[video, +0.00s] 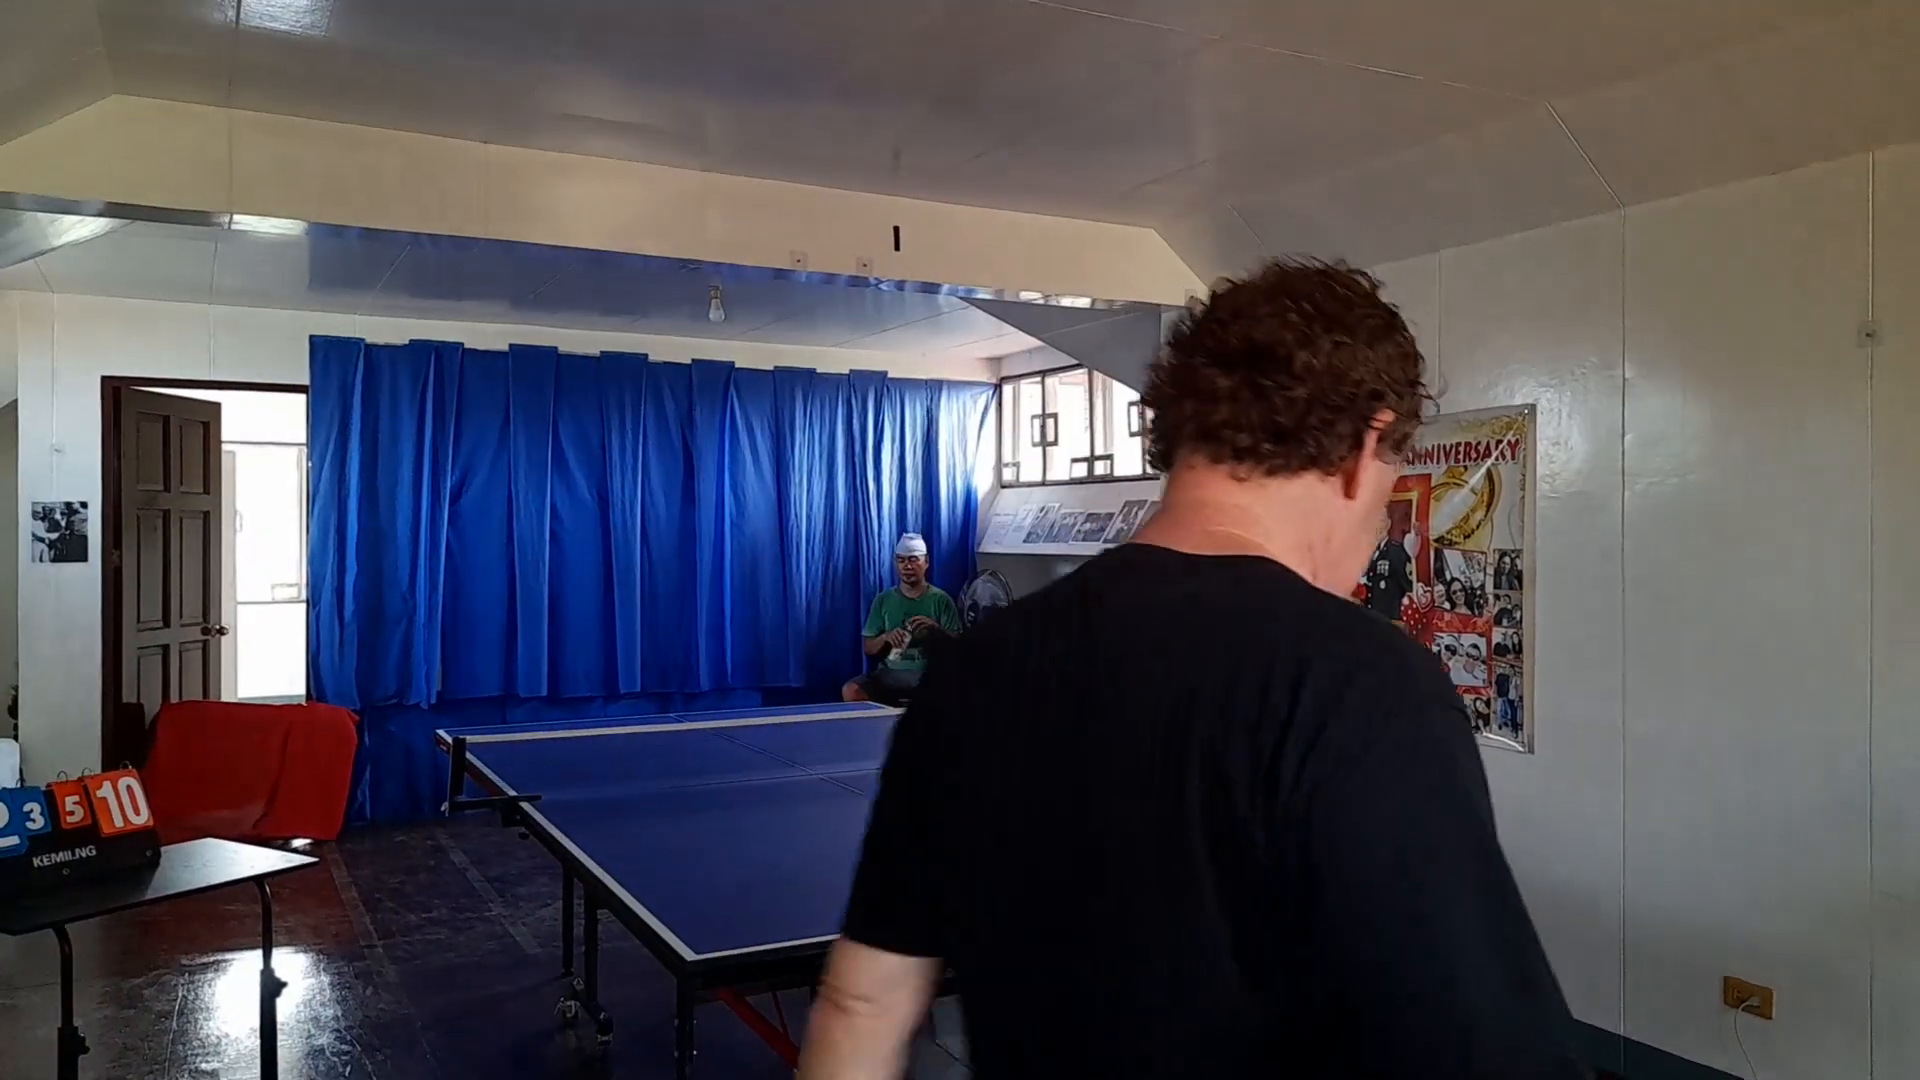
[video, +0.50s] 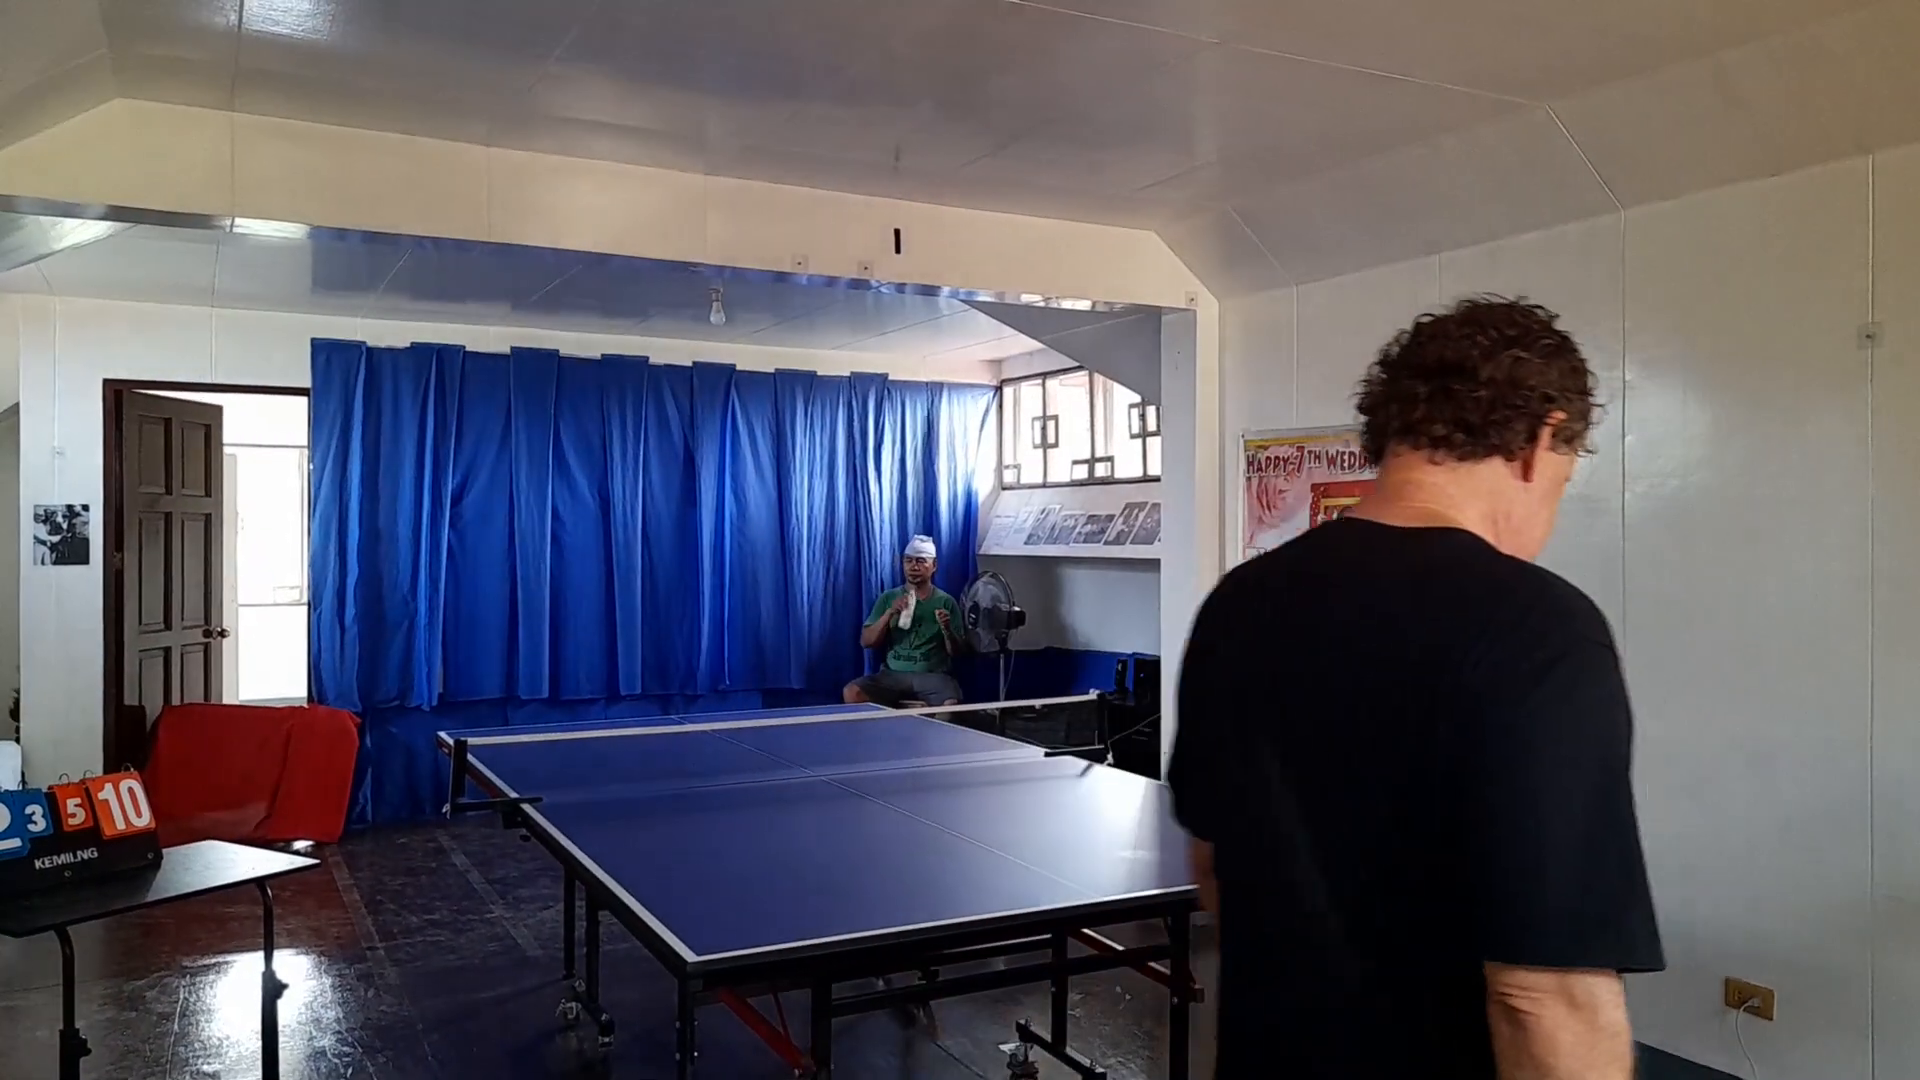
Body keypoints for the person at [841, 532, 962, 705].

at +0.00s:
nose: (907, 566)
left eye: (913, 560)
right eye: (901, 560)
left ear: (926, 563)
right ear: (896, 563)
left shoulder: (941, 600)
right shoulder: (882, 601)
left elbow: (955, 643)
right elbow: (869, 648)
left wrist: (934, 627)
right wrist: (885, 637)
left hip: (929, 674)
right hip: (890, 675)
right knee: (851, 691)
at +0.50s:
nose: (914, 567)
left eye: (921, 561)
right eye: (909, 561)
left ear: (933, 566)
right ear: (903, 564)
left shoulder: (946, 602)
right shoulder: (888, 598)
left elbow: (956, 652)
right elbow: (866, 641)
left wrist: (946, 629)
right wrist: (889, 613)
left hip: (932, 676)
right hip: (892, 674)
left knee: (951, 705)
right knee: (852, 692)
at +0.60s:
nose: (914, 564)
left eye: (921, 559)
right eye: (909, 558)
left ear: (934, 565)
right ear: (903, 562)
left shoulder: (946, 601)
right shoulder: (889, 595)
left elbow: (956, 652)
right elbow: (864, 634)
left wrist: (948, 631)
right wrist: (890, 602)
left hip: (931, 676)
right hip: (892, 674)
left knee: (950, 703)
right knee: (852, 691)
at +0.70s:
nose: (914, 561)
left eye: (922, 556)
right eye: (910, 555)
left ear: (934, 563)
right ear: (903, 559)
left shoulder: (946, 600)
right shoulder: (888, 593)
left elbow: (956, 651)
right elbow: (862, 626)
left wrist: (948, 631)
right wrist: (891, 591)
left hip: (931, 673)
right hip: (891, 671)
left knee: (950, 702)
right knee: (851, 689)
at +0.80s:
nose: (915, 558)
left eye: (923, 553)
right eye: (911, 552)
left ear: (934, 561)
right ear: (904, 557)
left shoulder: (946, 599)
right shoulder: (889, 592)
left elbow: (956, 649)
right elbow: (860, 620)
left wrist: (947, 633)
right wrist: (891, 585)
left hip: (930, 673)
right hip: (891, 670)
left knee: (949, 700)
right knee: (851, 688)